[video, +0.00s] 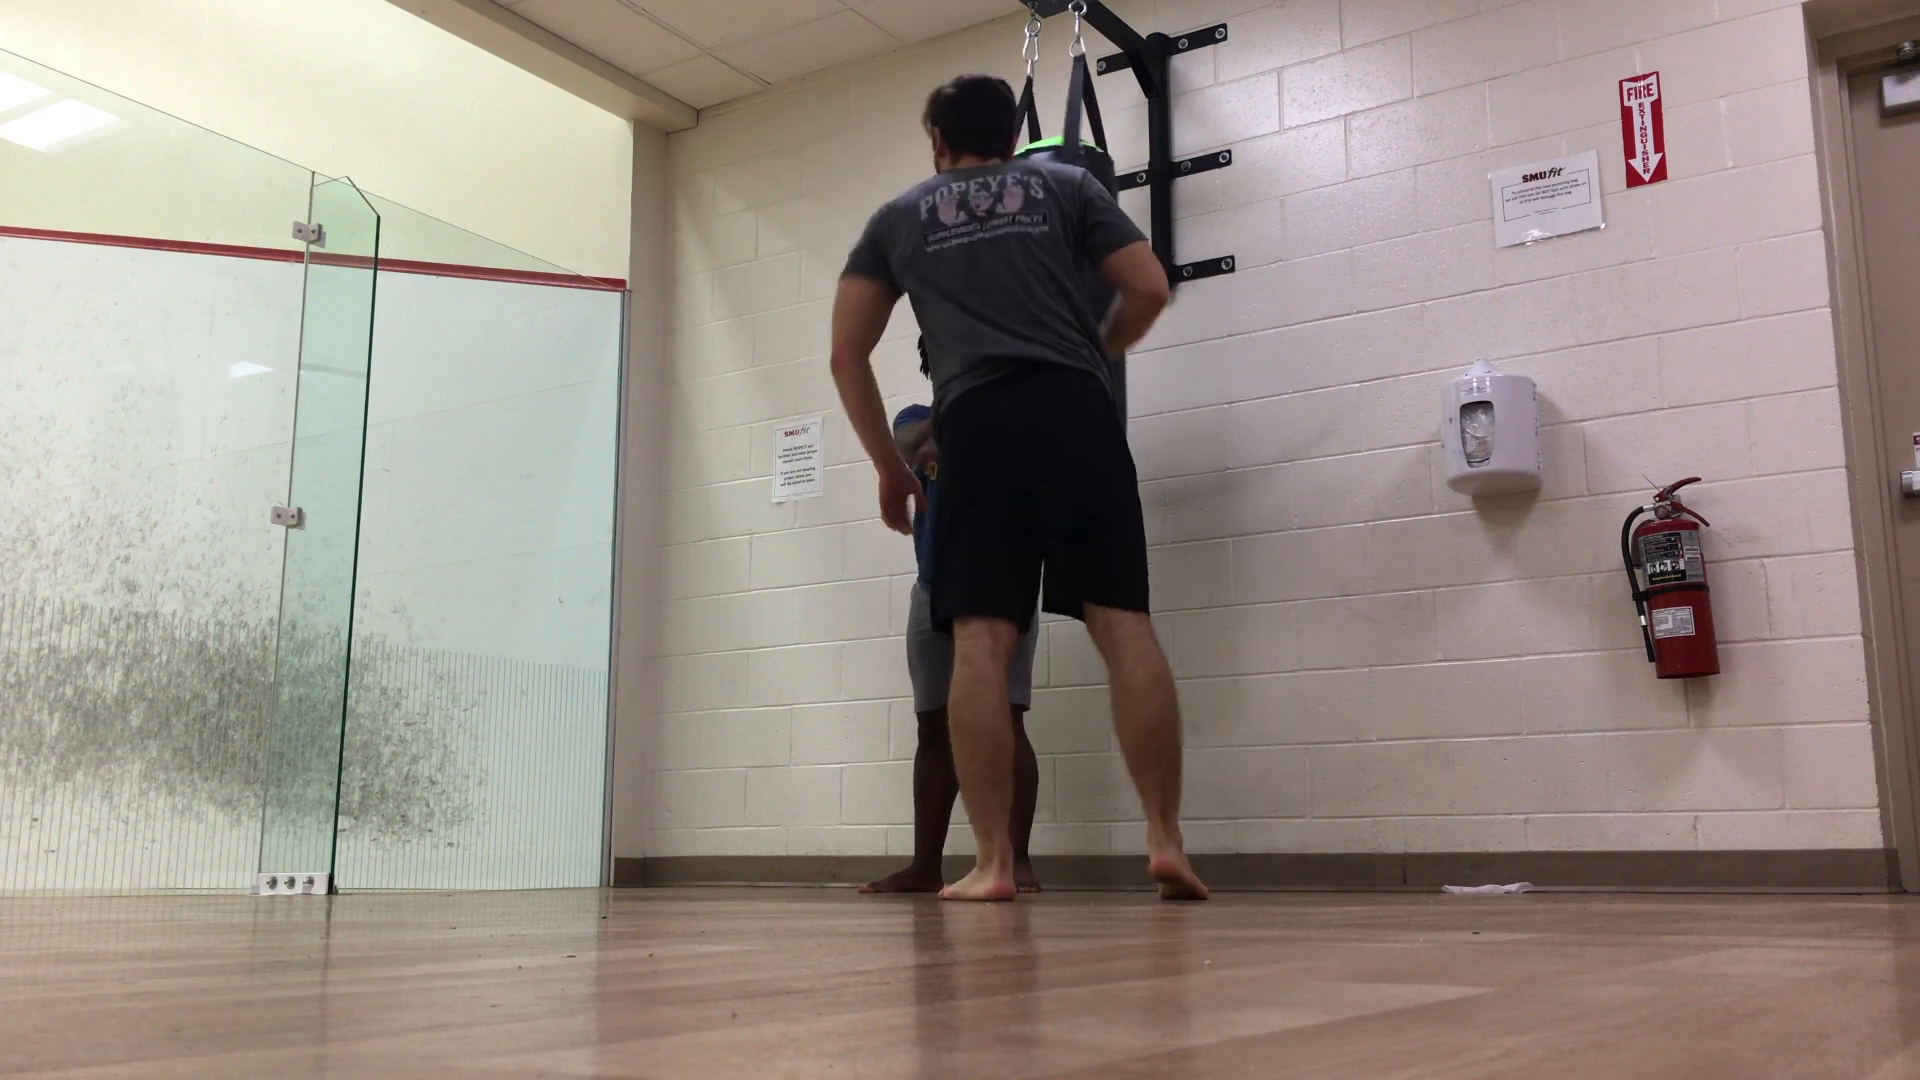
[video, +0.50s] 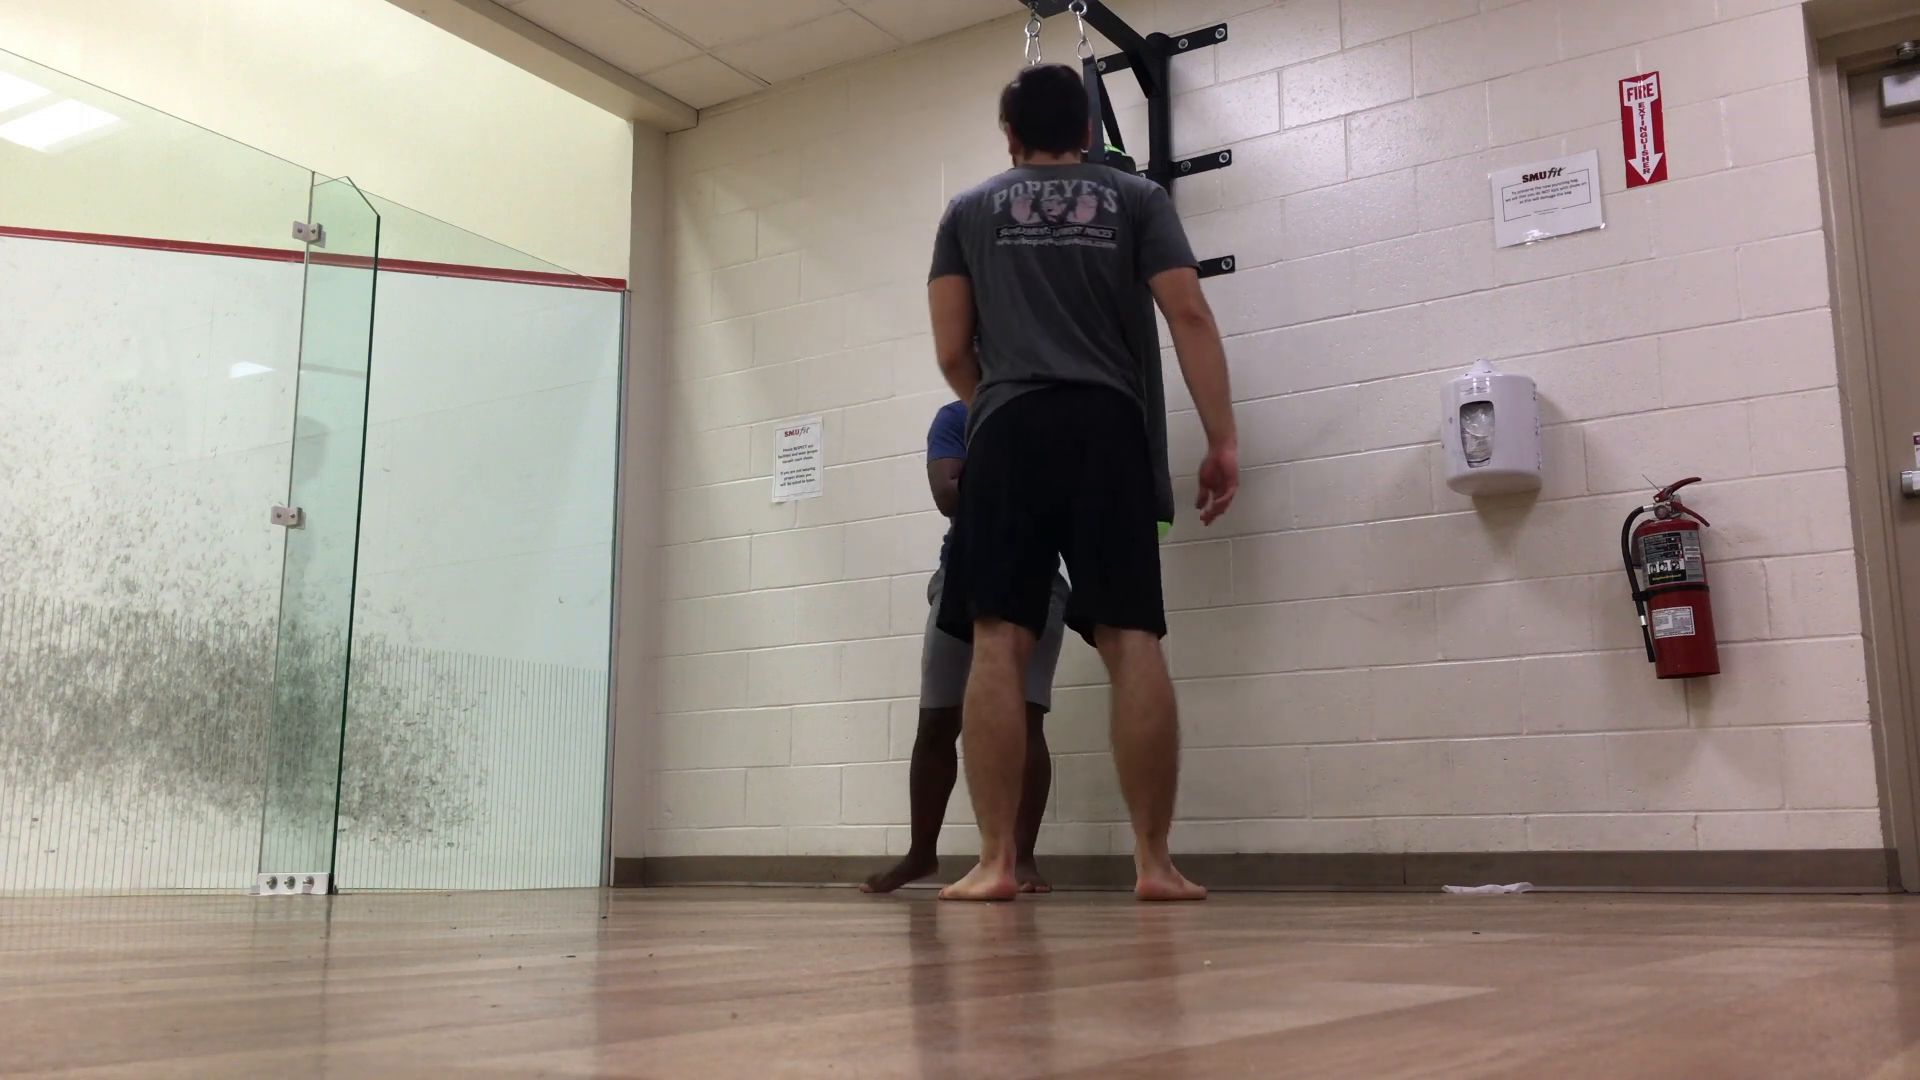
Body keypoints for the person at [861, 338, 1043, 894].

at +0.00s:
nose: (937, 358)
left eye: (947, 347)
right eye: (932, 350)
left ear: (982, 354)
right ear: (928, 358)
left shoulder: (1005, 412)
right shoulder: (916, 418)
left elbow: (1019, 482)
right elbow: (904, 453)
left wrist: (947, 457)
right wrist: (942, 430)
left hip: (1005, 595)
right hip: (935, 594)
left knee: (1006, 725)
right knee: (934, 727)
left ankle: (1015, 860)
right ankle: (926, 864)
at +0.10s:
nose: (940, 358)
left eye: (950, 347)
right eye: (935, 349)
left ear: (984, 354)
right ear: (930, 358)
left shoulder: (1009, 408)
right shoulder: (922, 414)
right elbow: (905, 449)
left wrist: (938, 440)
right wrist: (947, 424)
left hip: (1009, 596)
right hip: (940, 592)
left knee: (1007, 725)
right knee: (935, 727)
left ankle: (1015, 862)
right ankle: (926, 864)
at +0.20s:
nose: (949, 353)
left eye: (959, 342)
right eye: (941, 344)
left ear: (984, 351)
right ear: (933, 356)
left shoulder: (1014, 421)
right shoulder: (928, 419)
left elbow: (1014, 484)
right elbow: (918, 458)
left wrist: (946, 455)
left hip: (1013, 595)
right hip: (943, 591)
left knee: (1011, 725)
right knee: (937, 725)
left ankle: (1016, 859)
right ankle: (925, 864)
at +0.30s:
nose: (964, 359)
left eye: (970, 347)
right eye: (954, 350)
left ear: (988, 352)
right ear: (943, 359)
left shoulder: (1023, 415)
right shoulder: (935, 416)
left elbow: (1043, 481)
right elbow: (932, 476)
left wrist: (962, 453)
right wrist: (988, 438)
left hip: (1020, 590)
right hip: (948, 589)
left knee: (1014, 720)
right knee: (938, 724)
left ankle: (1018, 859)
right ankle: (925, 866)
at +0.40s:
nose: (970, 355)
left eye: (978, 345)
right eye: (963, 345)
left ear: (1002, 355)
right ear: (952, 356)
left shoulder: (1031, 419)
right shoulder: (945, 418)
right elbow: (946, 490)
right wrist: (1000, 456)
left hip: (1028, 585)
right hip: (957, 584)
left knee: (1020, 722)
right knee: (939, 725)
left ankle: (1019, 860)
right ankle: (926, 864)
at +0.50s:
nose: (990, 368)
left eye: (999, 360)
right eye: (983, 357)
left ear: (1027, 369)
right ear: (972, 358)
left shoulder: (1049, 421)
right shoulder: (957, 417)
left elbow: (1063, 492)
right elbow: (948, 497)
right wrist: (1005, 468)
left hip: (1037, 584)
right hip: (964, 582)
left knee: (1025, 722)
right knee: (936, 725)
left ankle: (1021, 859)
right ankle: (921, 854)